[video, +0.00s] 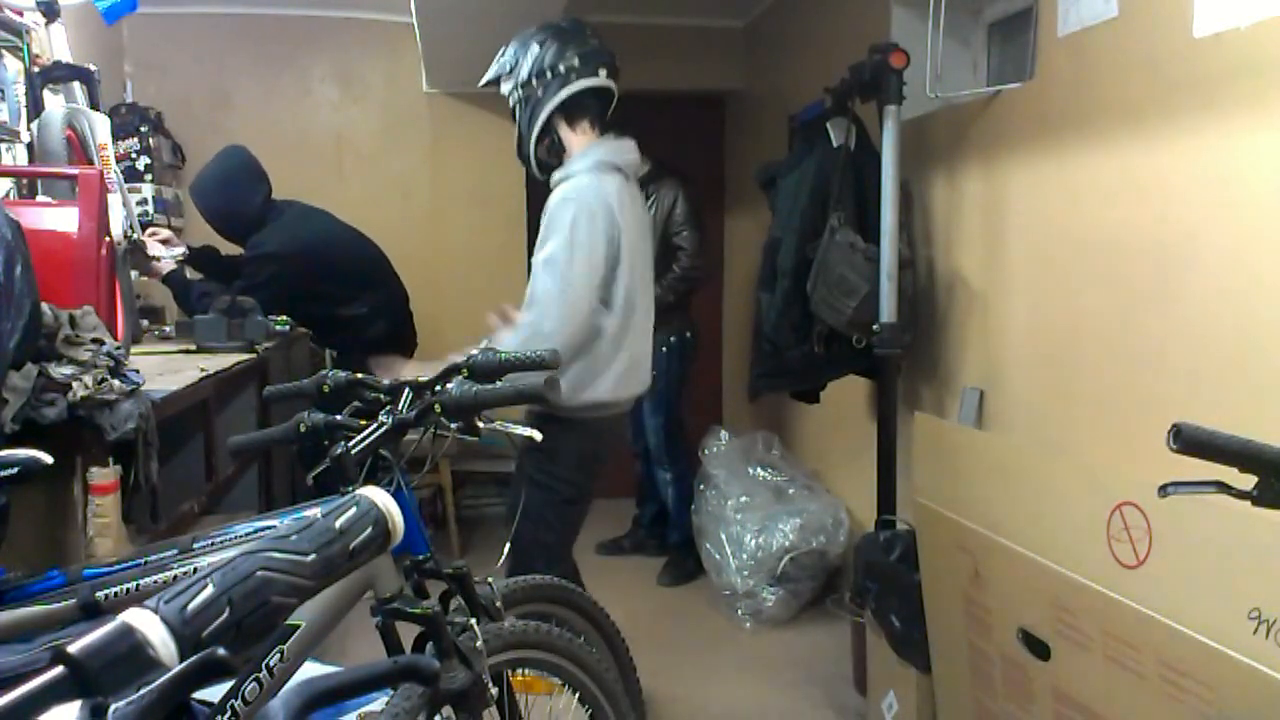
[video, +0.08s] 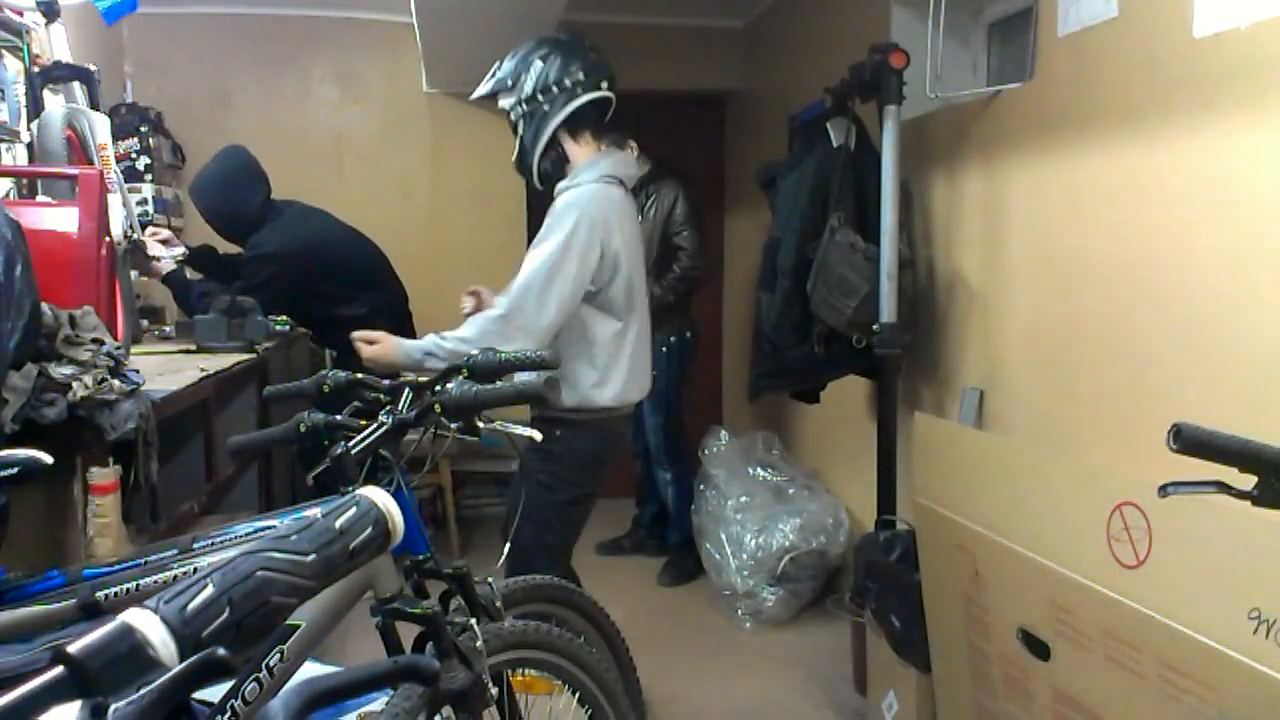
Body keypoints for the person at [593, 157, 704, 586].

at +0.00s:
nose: (611, 169)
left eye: (613, 163)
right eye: (608, 164)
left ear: (631, 157)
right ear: (616, 162)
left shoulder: (668, 192)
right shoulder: (616, 199)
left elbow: (689, 264)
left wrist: (647, 304)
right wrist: (617, 303)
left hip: (667, 330)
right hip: (634, 330)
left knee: (662, 434)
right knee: (640, 436)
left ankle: (685, 542)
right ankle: (650, 527)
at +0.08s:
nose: (610, 171)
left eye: (613, 161)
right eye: (607, 164)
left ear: (633, 152)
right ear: (626, 156)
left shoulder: (669, 191)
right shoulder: (618, 199)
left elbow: (689, 262)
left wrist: (648, 300)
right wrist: (615, 296)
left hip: (666, 331)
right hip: (632, 331)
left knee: (662, 435)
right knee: (641, 435)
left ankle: (685, 543)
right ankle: (650, 527)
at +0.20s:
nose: (611, 169)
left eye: (613, 159)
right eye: (607, 162)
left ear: (633, 151)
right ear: (626, 155)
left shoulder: (668, 191)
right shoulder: (617, 198)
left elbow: (689, 261)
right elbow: (619, 260)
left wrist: (650, 302)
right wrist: (615, 300)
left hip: (664, 330)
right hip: (631, 329)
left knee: (663, 440)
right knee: (640, 439)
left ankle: (685, 545)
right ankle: (649, 528)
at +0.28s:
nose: (611, 169)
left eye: (614, 159)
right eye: (607, 163)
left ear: (634, 152)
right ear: (626, 156)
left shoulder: (669, 191)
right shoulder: (621, 196)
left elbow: (690, 260)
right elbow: (620, 256)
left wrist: (652, 299)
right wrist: (618, 297)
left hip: (664, 333)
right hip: (631, 332)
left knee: (663, 442)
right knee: (640, 441)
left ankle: (685, 545)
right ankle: (650, 529)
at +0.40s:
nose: (606, 169)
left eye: (609, 159)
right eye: (603, 162)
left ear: (631, 151)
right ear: (624, 156)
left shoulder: (669, 191)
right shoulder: (621, 199)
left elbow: (690, 261)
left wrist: (647, 303)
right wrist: (617, 300)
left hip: (665, 333)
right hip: (632, 333)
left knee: (664, 441)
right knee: (640, 441)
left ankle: (685, 545)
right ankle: (650, 528)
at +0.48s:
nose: (604, 170)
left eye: (607, 160)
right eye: (600, 163)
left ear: (632, 152)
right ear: (620, 159)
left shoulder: (669, 192)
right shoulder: (620, 202)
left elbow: (690, 261)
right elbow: (619, 262)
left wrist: (646, 304)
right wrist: (616, 300)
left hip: (665, 333)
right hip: (631, 332)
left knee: (664, 440)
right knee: (641, 440)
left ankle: (685, 546)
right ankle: (649, 528)